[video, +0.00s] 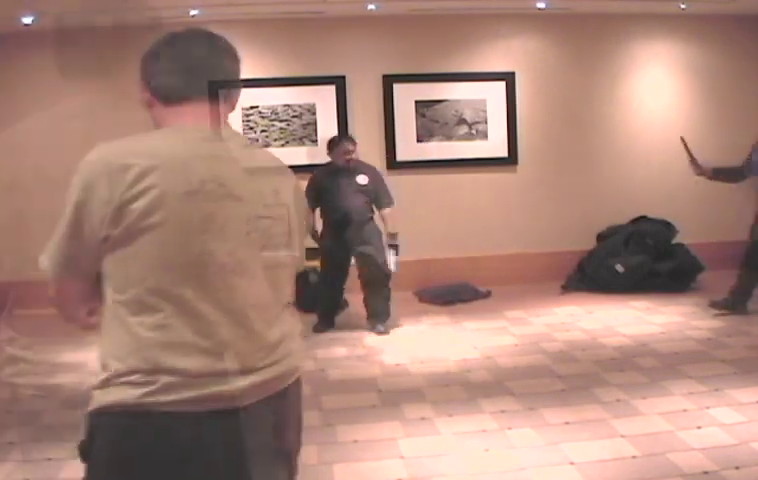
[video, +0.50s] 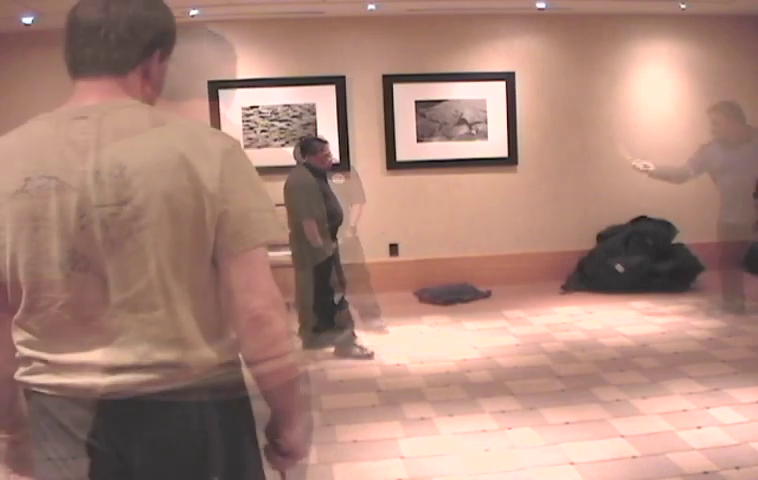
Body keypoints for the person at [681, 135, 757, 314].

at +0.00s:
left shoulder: (754, 151)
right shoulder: (754, 151)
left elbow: (742, 172)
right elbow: (742, 172)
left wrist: (706, 172)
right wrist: (704, 171)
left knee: (753, 253)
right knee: (752, 252)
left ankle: (739, 298)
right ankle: (738, 298)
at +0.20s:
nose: (744, 125)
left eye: (748, 119)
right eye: (741, 120)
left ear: (757, 121)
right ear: (739, 121)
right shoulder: (738, 149)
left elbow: (716, 173)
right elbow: (716, 173)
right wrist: (684, 172)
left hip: (752, 215)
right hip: (746, 215)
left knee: (744, 257)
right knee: (740, 257)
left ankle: (734, 301)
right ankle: (733, 301)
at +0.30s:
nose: (731, 125)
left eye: (736, 120)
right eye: (728, 121)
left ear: (751, 120)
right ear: (727, 122)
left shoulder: (752, 149)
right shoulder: (729, 150)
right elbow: (701, 174)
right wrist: (673, 172)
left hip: (753, 219)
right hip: (739, 219)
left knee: (743, 261)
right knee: (734, 260)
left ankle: (734, 302)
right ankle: (733, 302)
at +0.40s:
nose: (721, 126)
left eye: (726, 120)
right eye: (719, 121)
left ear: (743, 121)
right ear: (718, 122)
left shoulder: (755, 146)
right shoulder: (718, 151)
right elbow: (691, 174)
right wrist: (660, 171)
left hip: (755, 223)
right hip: (734, 224)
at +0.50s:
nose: (713, 127)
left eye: (717, 122)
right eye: (712, 122)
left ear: (734, 121)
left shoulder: (753, 143)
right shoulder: (713, 151)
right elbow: (683, 173)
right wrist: (653, 170)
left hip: (754, 224)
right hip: (732, 225)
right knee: (732, 299)